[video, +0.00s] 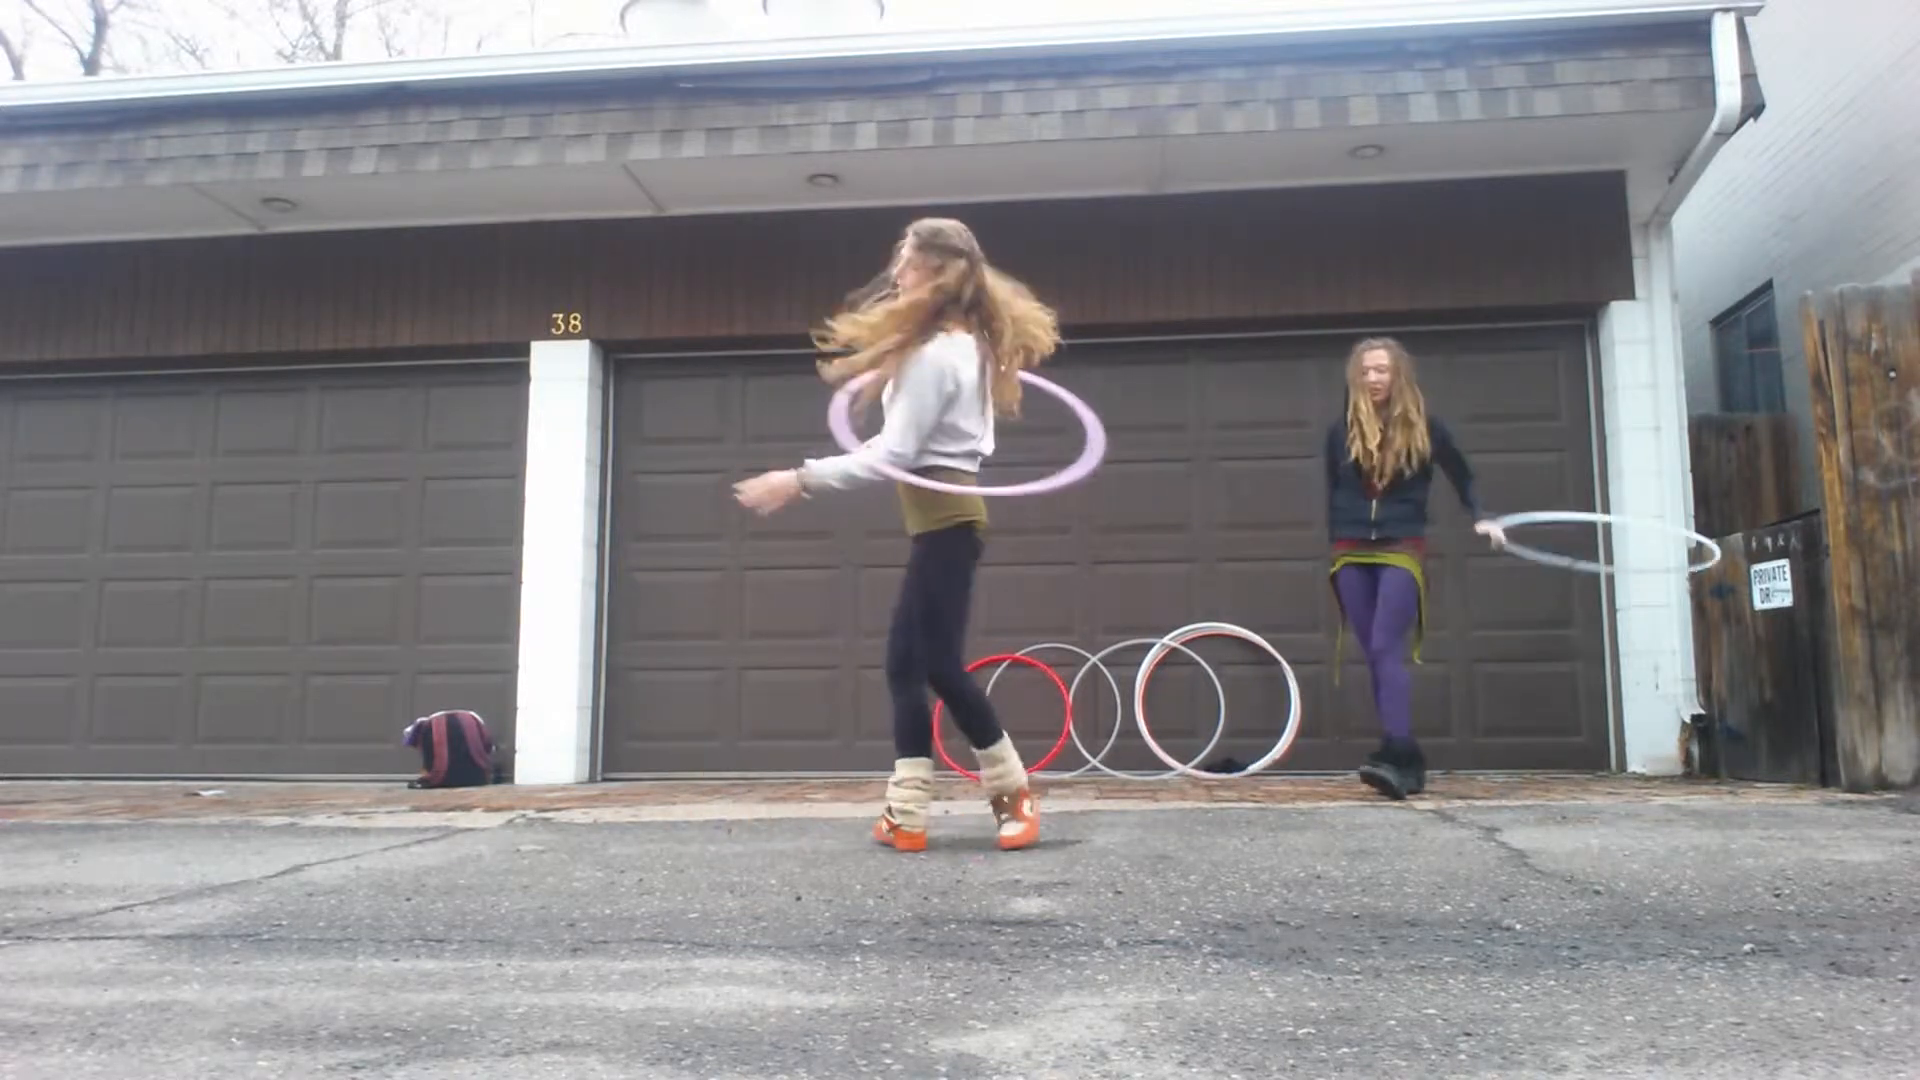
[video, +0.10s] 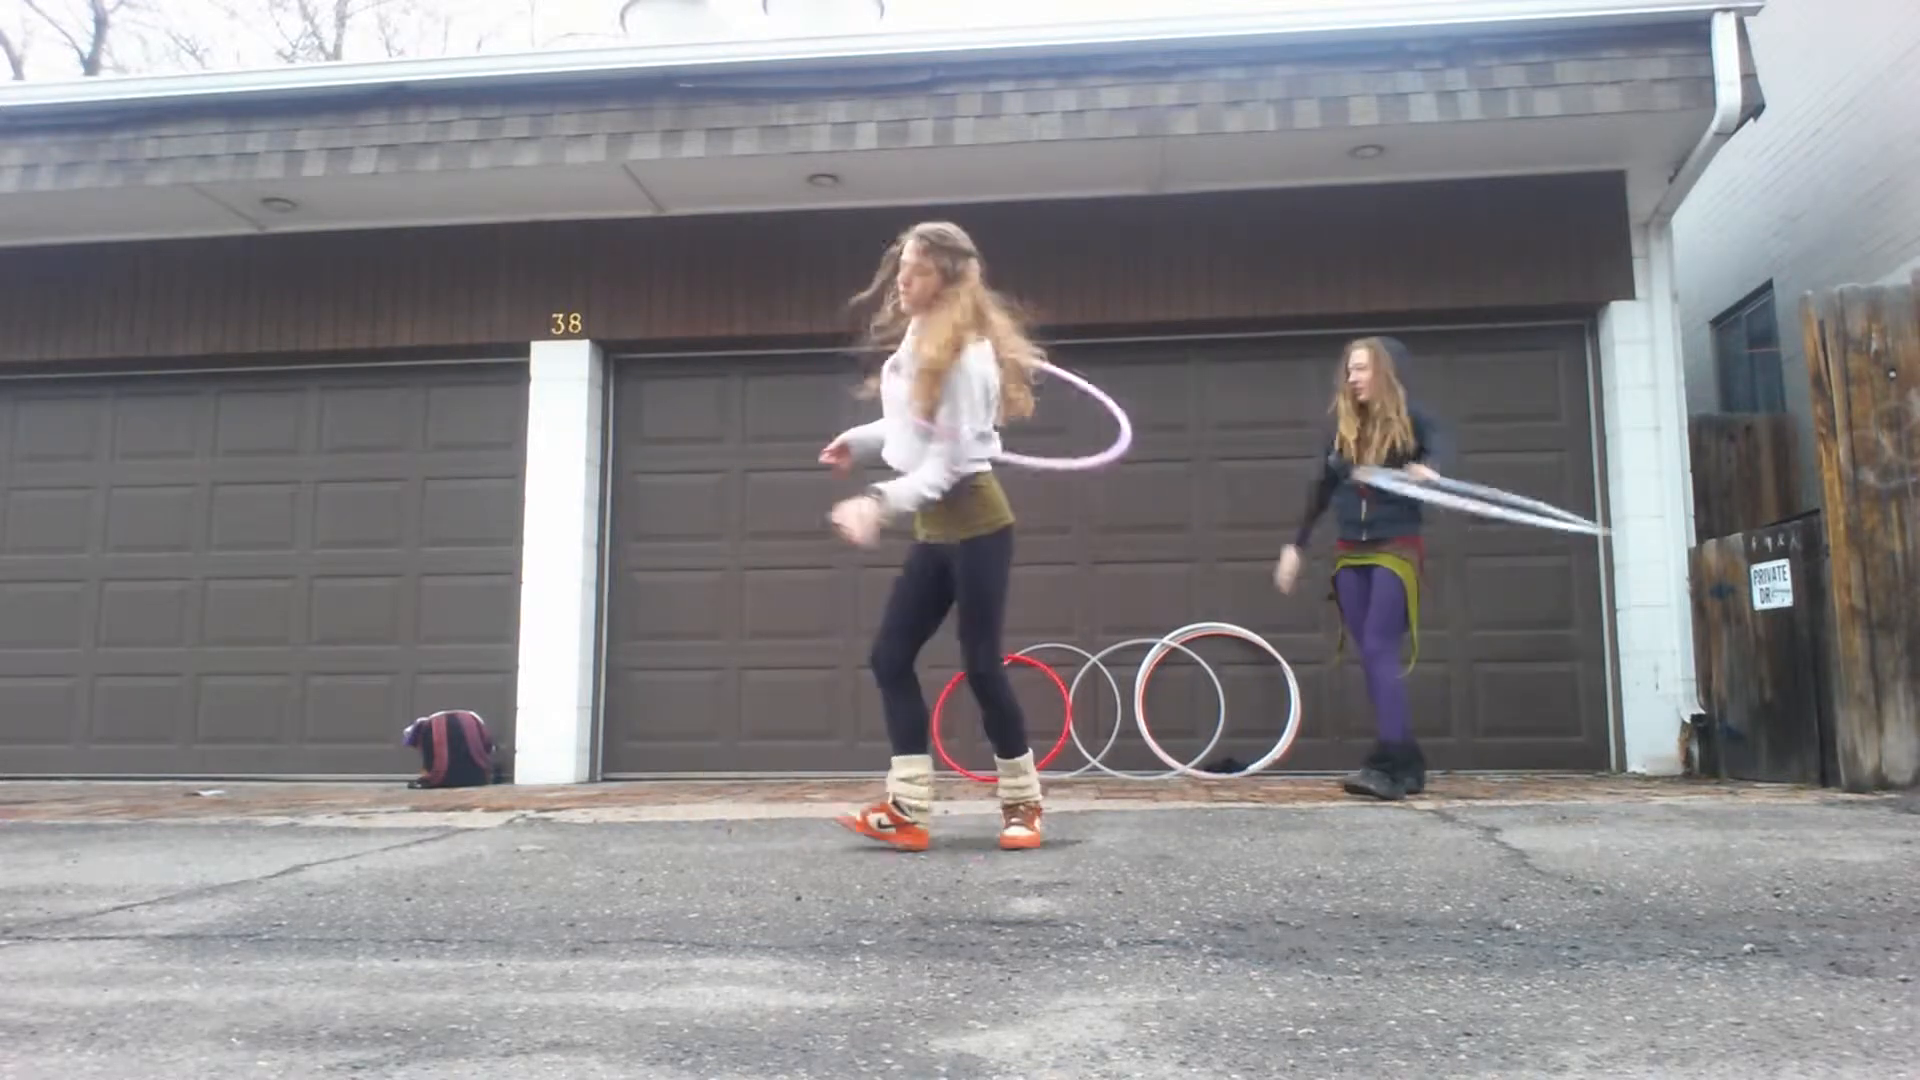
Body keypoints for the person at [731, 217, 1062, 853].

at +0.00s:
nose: (897, 280)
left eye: (908, 269)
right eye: (899, 267)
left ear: (941, 277)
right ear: (948, 277)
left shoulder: (937, 354)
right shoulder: (962, 346)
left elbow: (894, 452)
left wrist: (799, 479)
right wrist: (889, 381)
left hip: (948, 526)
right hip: (943, 524)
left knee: (941, 663)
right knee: (907, 664)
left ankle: (1016, 796)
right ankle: (908, 814)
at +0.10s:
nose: (904, 284)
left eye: (917, 274)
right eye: (902, 272)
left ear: (952, 279)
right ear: (901, 277)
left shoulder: (970, 354)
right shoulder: (915, 346)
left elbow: (958, 456)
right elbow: (912, 428)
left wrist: (883, 503)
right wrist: (857, 443)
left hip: (980, 525)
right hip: (934, 527)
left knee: (983, 667)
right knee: (890, 660)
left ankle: (1022, 803)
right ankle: (911, 808)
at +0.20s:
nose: (910, 293)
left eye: (924, 283)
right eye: (904, 281)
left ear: (956, 294)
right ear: (894, 287)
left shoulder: (982, 370)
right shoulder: (885, 348)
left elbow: (990, 458)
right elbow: (882, 438)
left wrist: (960, 522)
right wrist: (807, 474)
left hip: (990, 519)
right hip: (931, 516)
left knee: (990, 662)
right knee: (906, 647)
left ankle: (1022, 802)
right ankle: (909, 800)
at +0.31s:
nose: (917, 310)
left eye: (929, 299)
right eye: (906, 299)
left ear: (951, 306)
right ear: (890, 307)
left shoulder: (984, 371)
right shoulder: (867, 378)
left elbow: (1013, 458)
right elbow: (862, 477)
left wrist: (1023, 543)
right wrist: (806, 543)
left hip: (979, 525)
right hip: (913, 528)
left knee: (988, 665)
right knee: (913, 653)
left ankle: (1021, 800)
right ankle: (895, 794)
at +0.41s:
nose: (935, 320)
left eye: (944, 307)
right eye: (919, 308)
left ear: (956, 315)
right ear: (888, 317)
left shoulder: (982, 381)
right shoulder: (860, 391)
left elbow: (1018, 471)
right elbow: (866, 490)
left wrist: (1057, 540)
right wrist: (888, 571)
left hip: (959, 530)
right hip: (894, 531)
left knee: (983, 663)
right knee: (917, 661)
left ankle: (1020, 801)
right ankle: (877, 819)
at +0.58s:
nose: (955, 307)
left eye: (955, 296)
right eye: (943, 297)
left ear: (935, 309)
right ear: (903, 308)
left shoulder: (919, 382)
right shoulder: (857, 373)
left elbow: (937, 459)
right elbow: (840, 470)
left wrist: (1013, 490)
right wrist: (937, 493)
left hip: (893, 540)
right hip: (851, 545)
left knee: (958, 661)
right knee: (931, 665)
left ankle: (934, 805)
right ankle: (875, 826)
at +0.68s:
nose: (936, 302)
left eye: (935, 289)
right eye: (931, 290)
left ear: (886, 292)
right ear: (904, 293)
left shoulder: (868, 356)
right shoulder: (871, 361)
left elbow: (831, 449)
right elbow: (850, 462)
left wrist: (916, 460)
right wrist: (937, 475)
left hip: (834, 539)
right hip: (841, 543)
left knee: (914, 665)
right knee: (934, 669)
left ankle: (827, 785)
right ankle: (880, 824)